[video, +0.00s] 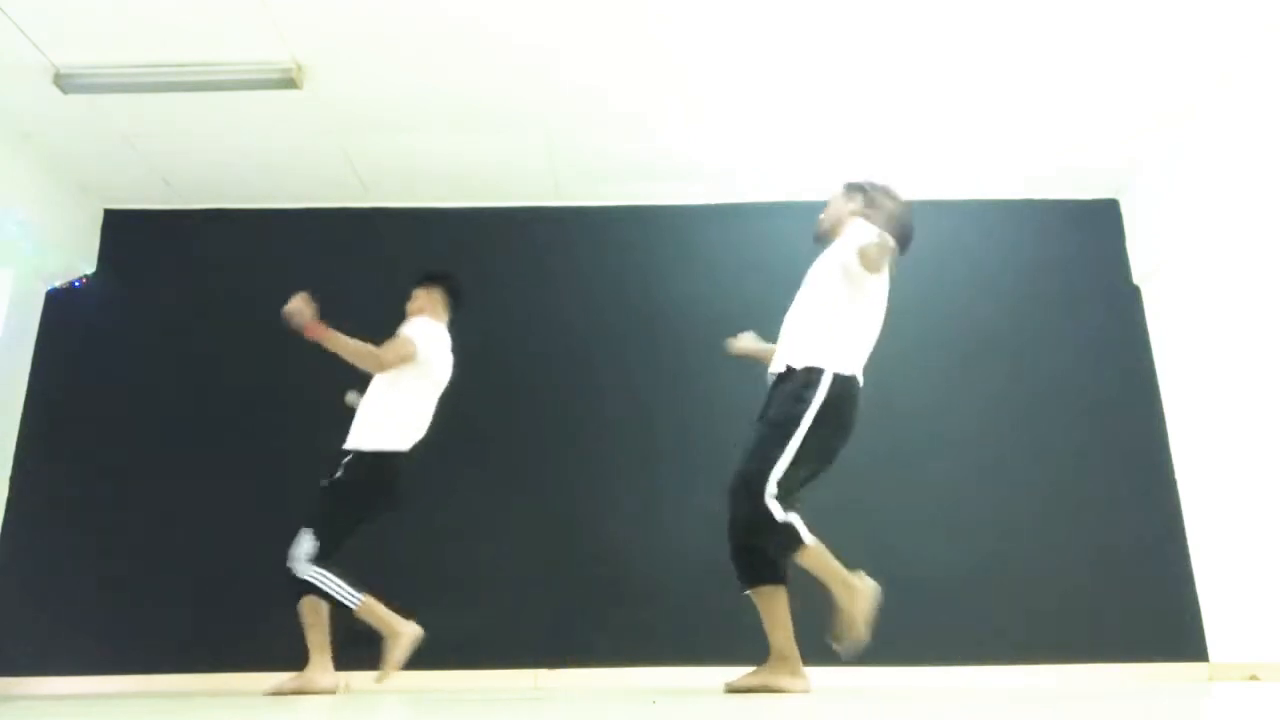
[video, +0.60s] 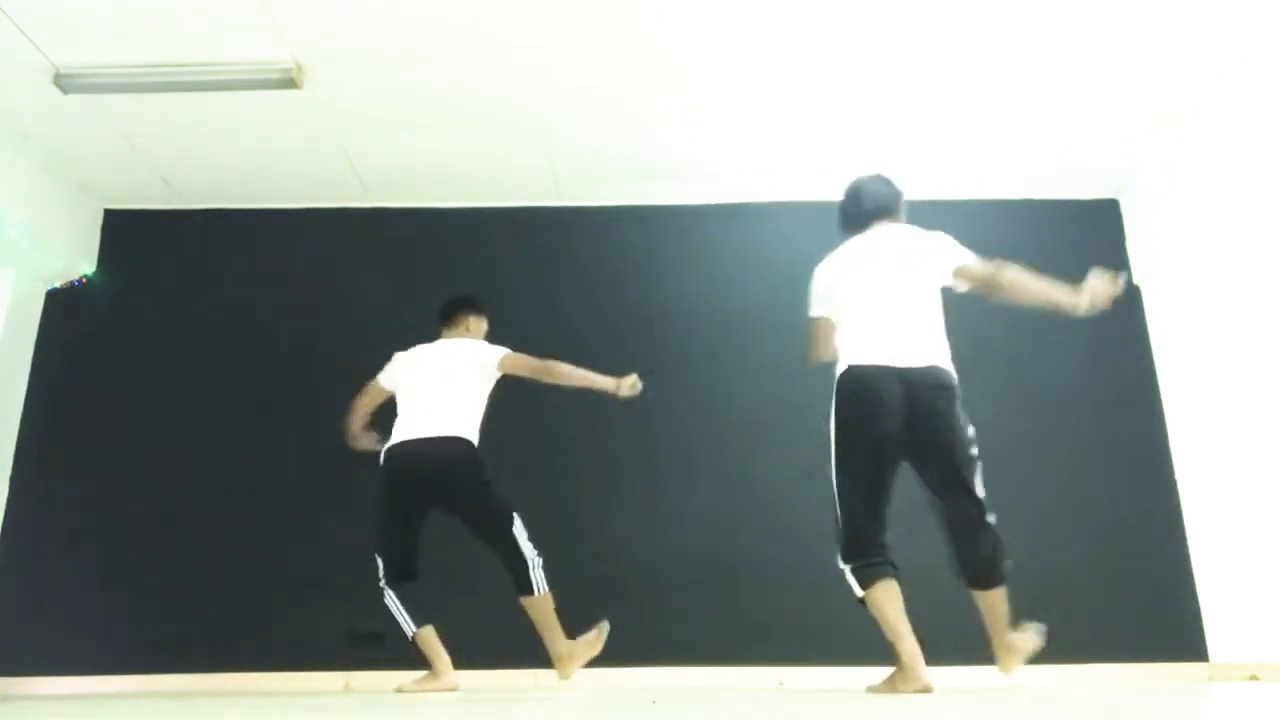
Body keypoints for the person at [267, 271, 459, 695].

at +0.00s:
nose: (410, 303)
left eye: (419, 298)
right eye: (412, 298)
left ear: (437, 305)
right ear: (437, 310)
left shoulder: (425, 330)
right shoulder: (438, 348)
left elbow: (381, 361)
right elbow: (411, 404)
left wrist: (313, 326)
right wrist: (368, 403)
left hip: (371, 462)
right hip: (371, 462)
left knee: (305, 559)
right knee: (306, 560)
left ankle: (398, 630)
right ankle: (319, 669)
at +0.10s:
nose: (407, 287)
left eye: (413, 281)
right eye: (412, 281)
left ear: (421, 285)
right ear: (441, 298)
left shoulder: (411, 309)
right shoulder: (446, 341)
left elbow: (388, 343)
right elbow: (418, 393)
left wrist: (315, 351)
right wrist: (371, 397)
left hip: (383, 448)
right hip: (401, 451)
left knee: (341, 560)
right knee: (331, 558)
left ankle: (419, 650)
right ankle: (323, 667)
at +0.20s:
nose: (400, 292)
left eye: (403, 286)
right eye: (409, 291)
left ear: (404, 286)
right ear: (439, 301)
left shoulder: (385, 309)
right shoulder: (450, 334)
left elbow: (367, 335)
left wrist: (354, 388)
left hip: (410, 431)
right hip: (449, 435)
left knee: (389, 554)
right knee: (371, 539)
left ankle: (441, 668)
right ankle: (367, 653)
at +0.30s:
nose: (432, 314)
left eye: (420, 306)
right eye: (436, 308)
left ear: (404, 305)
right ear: (442, 309)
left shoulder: (386, 327)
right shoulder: (459, 343)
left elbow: (342, 356)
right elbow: (498, 393)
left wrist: (351, 421)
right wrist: (477, 423)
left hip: (414, 440)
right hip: (461, 440)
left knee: (395, 560)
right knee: (430, 547)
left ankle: (440, 669)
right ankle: (462, 627)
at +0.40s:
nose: (461, 330)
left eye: (459, 324)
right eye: (460, 324)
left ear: (420, 319)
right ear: (453, 319)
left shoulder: (387, 345)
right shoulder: (467, 349)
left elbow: (325, 387)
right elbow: (516, 395)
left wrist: (314, 455)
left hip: (410, 447)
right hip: (464, 444)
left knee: (396, 565)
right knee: (481, 541)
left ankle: (442, 670)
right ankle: (505, 627)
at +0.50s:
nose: (475, 336)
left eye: (472, 329)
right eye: (473, 329)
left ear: (433, 324)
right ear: (462, 325)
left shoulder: (394, 354)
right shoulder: (477, 353)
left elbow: (336, 402)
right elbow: (537, 386)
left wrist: (312, 454)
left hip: (402, 461)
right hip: (459, 455)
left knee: (399, 571)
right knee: (517, 546)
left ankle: (442, 671)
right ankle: (537, 651)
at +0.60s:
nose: (485, 335)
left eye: (483, 329)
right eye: (483, 328)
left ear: (444, 326)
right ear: (473, 325)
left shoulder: (407, 358)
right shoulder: (486, 353)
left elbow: (359, 410)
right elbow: (549, 370)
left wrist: (357, 438)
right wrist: (613, 384)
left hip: (401, 465)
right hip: (455, 461)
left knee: (393, 576)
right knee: (517, 549)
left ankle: (442, 671)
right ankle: (563, 654)